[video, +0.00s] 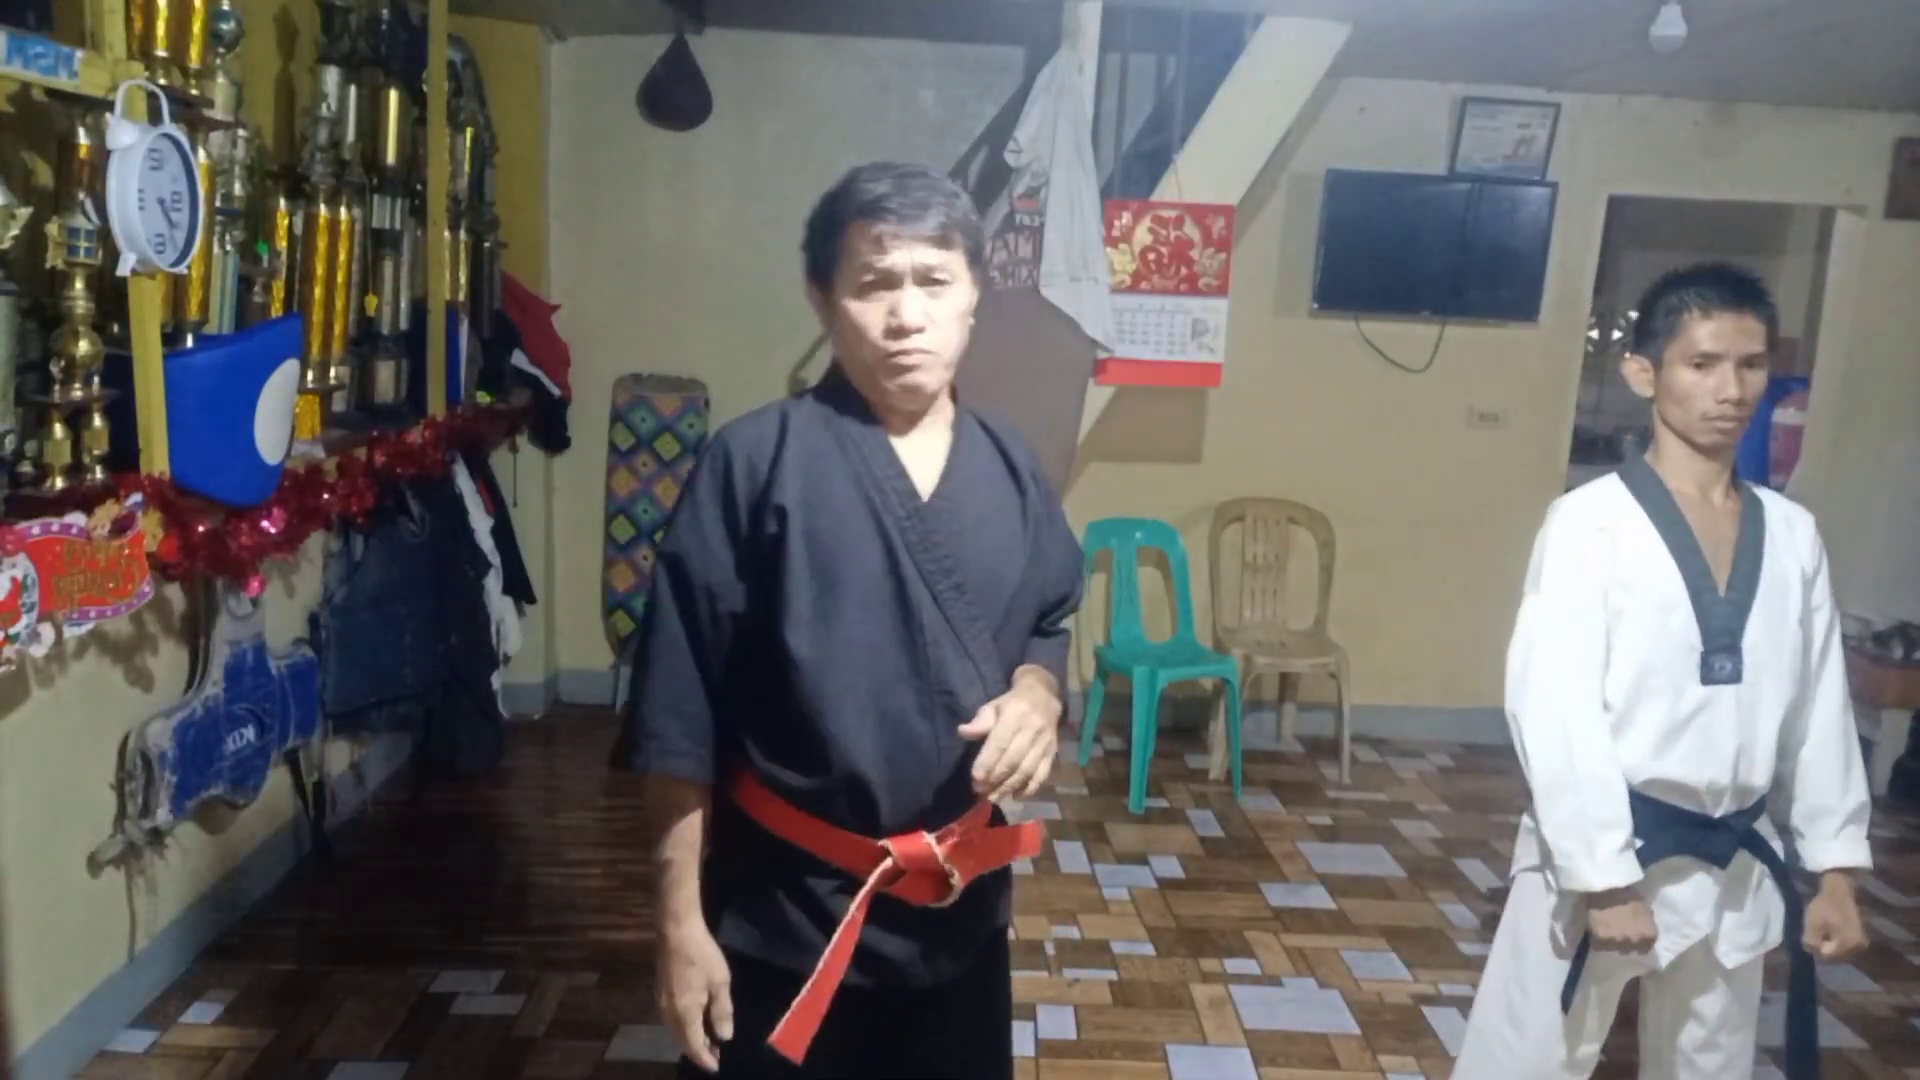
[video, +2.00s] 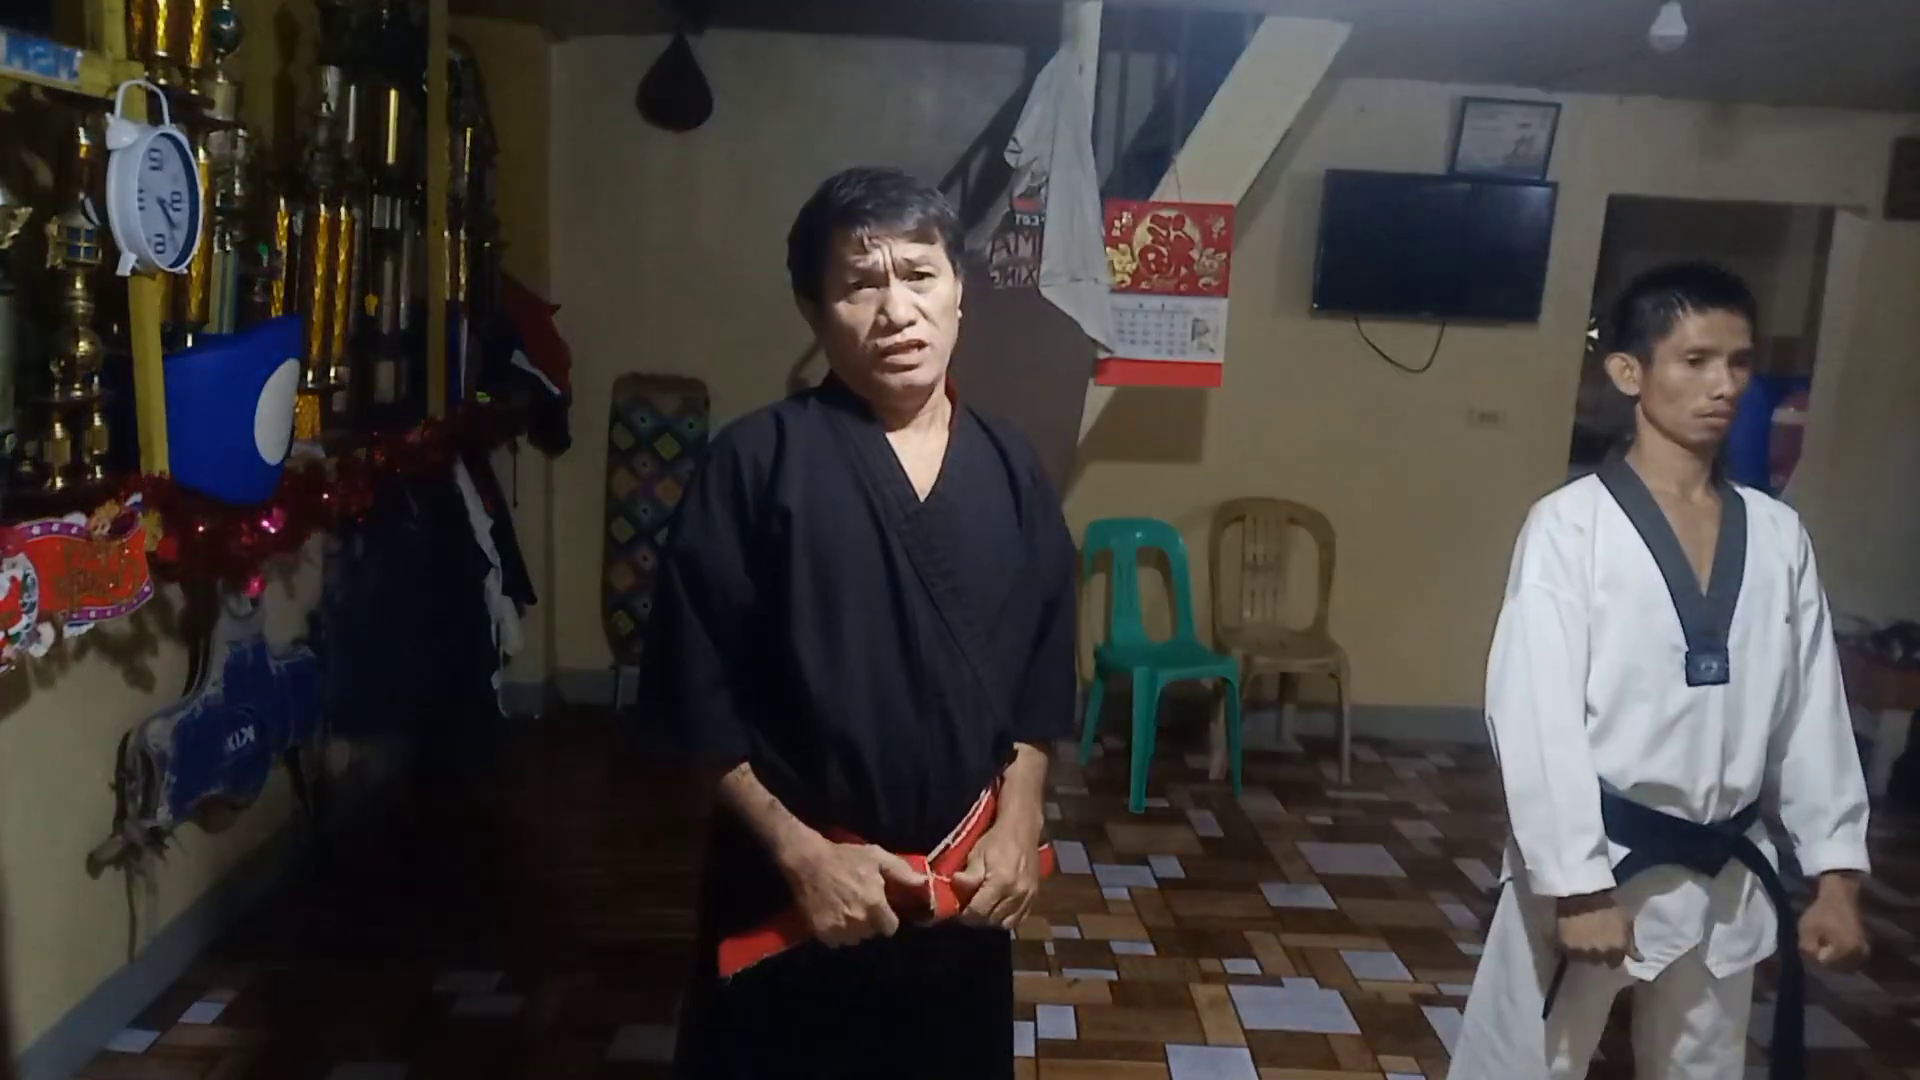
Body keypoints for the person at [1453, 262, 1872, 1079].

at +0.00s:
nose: (1731, 389)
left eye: (1750, 364)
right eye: (1703, 363)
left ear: (1768, 374)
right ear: (1642, 374)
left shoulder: (1793, 534)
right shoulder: (1587, 524)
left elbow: (1820, 709)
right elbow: (1552, 704)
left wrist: (1837, 871)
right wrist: (1607, 879)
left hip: (1735, 869)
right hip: (1595, 861)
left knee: (1710, 1070)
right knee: (1526, 1065)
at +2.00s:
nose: (1724, 385)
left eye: (1738, 362)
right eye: (1696, 361)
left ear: (1751, 372)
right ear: (1628, 374)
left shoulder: (1778, 533)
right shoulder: (1568, 526)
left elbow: (1813, 711)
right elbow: (1535, 711)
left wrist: (1837, 873)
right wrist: (1580, 885)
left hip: (1726, 883)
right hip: (1586, 876)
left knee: (1704, 1070)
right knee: (1528, 1067)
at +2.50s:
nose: (1714, 386)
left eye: (1727, 362)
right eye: (1685, 362)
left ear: (1741, 370)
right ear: (1618, 375)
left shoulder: (1769, 530)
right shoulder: (1561, 526)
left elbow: (1803, 703)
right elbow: (1529, 711)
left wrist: (1827, 867)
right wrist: (1569, 885)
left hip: (1710, 869)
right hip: (1578, 864)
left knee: (1684, 1069)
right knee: (1517, 1065)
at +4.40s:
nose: (1711, 389)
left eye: (1725, 365)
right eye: (1683, 365)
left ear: (1739, 371)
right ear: (1616, 376)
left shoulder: (1769, 529)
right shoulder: (1562, 527)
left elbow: (1802, 703)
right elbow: (1532, 712)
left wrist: (1823, 864)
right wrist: (1575, 883)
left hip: (1717, 871)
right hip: (1581, 867)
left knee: (1691, 1070)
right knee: (1520, 1065)